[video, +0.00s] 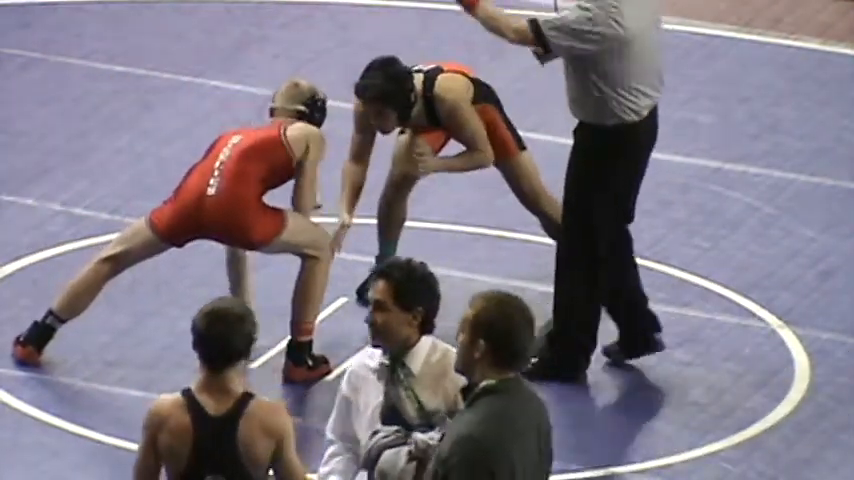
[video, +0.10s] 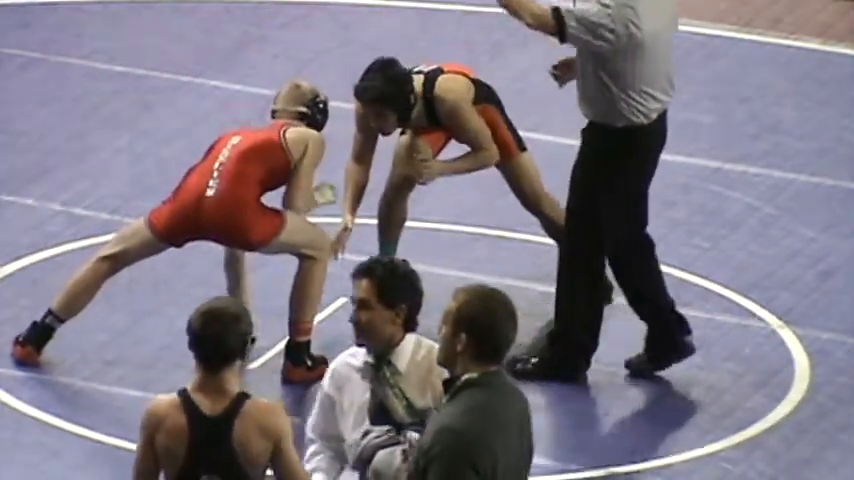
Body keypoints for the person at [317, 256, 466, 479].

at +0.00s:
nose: (368, 318)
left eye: (380, 308)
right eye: (370, 307)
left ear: (415, 317)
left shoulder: (454, 367)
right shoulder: (358, 370)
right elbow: (341, 445)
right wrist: (335, 475)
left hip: (438, 474)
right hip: (371, 472)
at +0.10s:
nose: (353, 318)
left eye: (364, 307)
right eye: (354, 306)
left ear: (399, 315)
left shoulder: (437, 363)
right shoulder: (342, 370)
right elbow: (323, 444)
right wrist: (320, 474)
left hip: (423, 472)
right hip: (358, 472)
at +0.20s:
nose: (339, 317)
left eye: (351, 306)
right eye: (338, 305)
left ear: (385, 312)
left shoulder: (423, 359)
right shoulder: (325, 369)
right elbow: (308, 441)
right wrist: (315, 474)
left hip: (411, 472)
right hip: (344, 473)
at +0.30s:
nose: (328, 315)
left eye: (339, 306)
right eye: (326, 304)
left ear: (374, 310)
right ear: (322, 301)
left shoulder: (413, 357)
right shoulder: (307, 372)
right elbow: (297, 459)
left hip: (404, 471)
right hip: (336, 473)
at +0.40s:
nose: (318, 316)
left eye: (329, 305)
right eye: (315, 304)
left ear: (364, 309)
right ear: (311, 301)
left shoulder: (401, 355)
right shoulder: (297, 371)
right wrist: (315, 475)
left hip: (391, 471)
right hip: (322, 473)